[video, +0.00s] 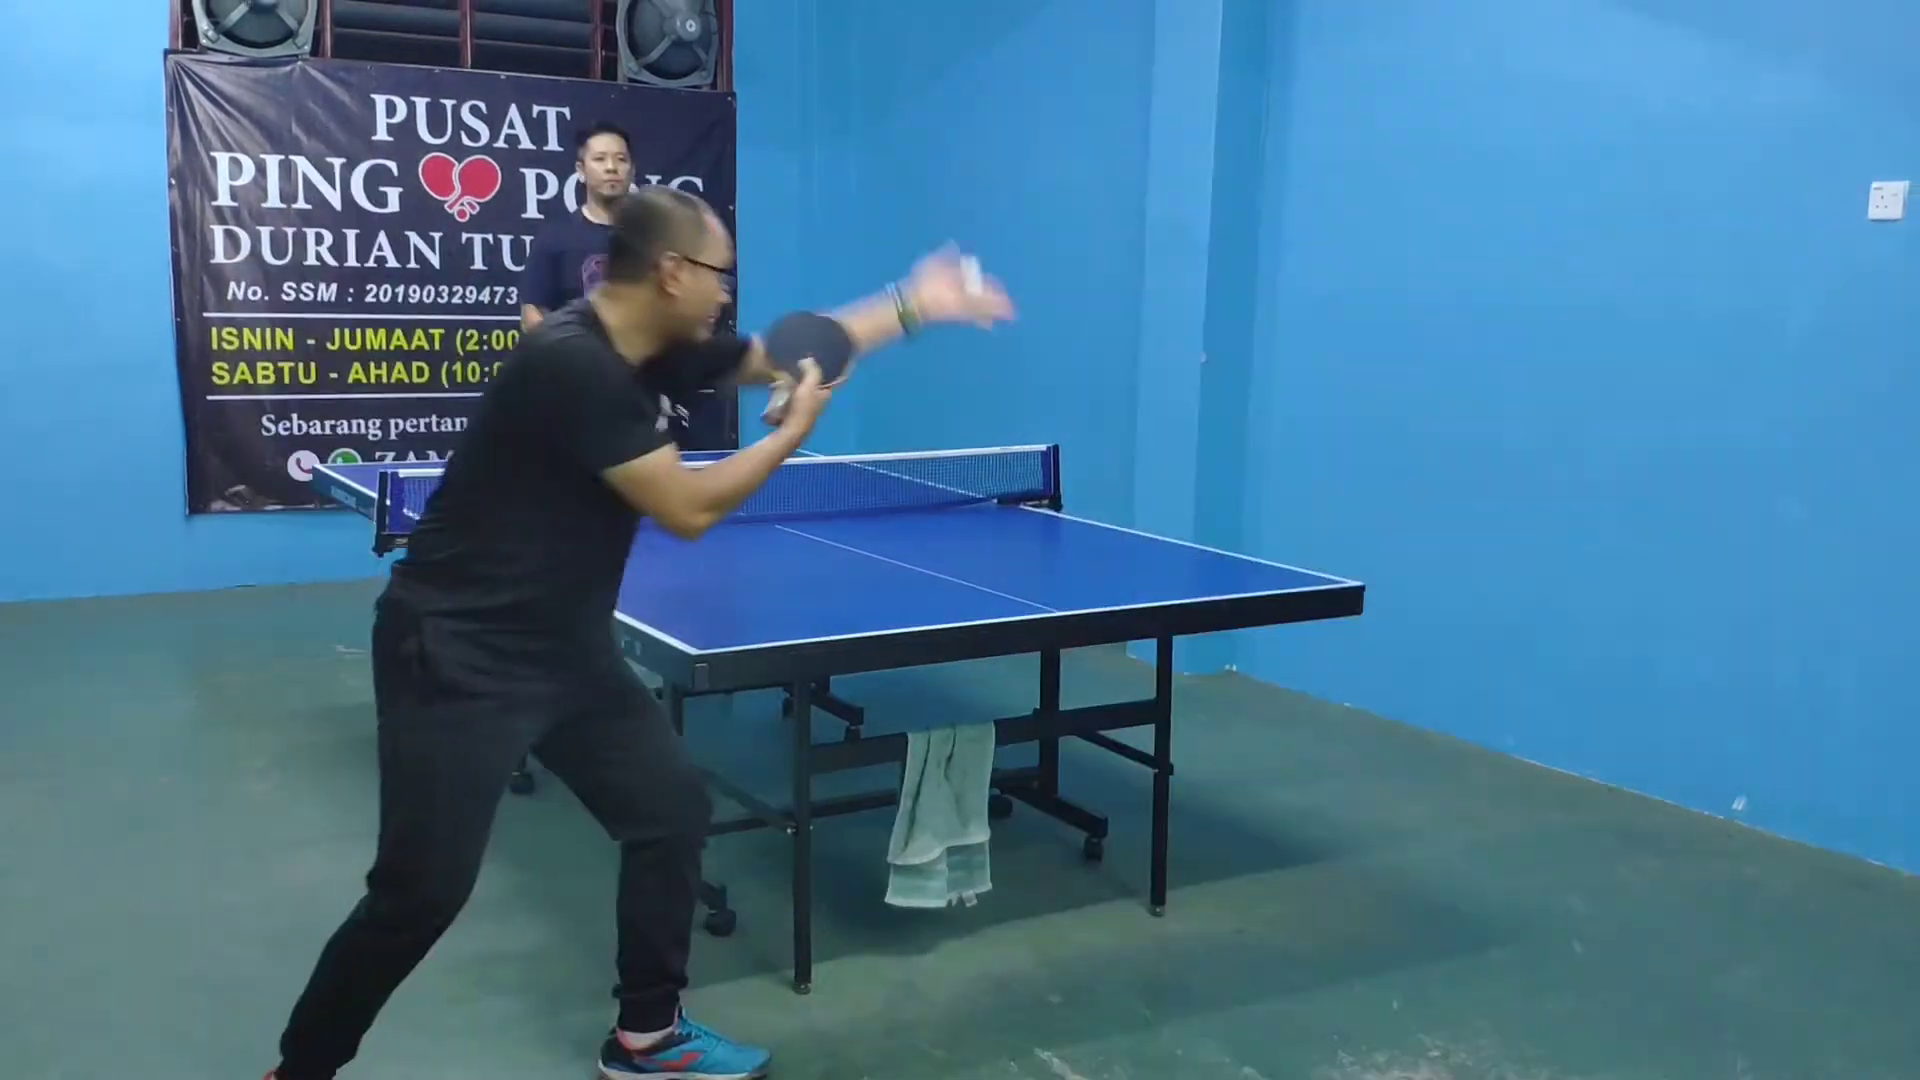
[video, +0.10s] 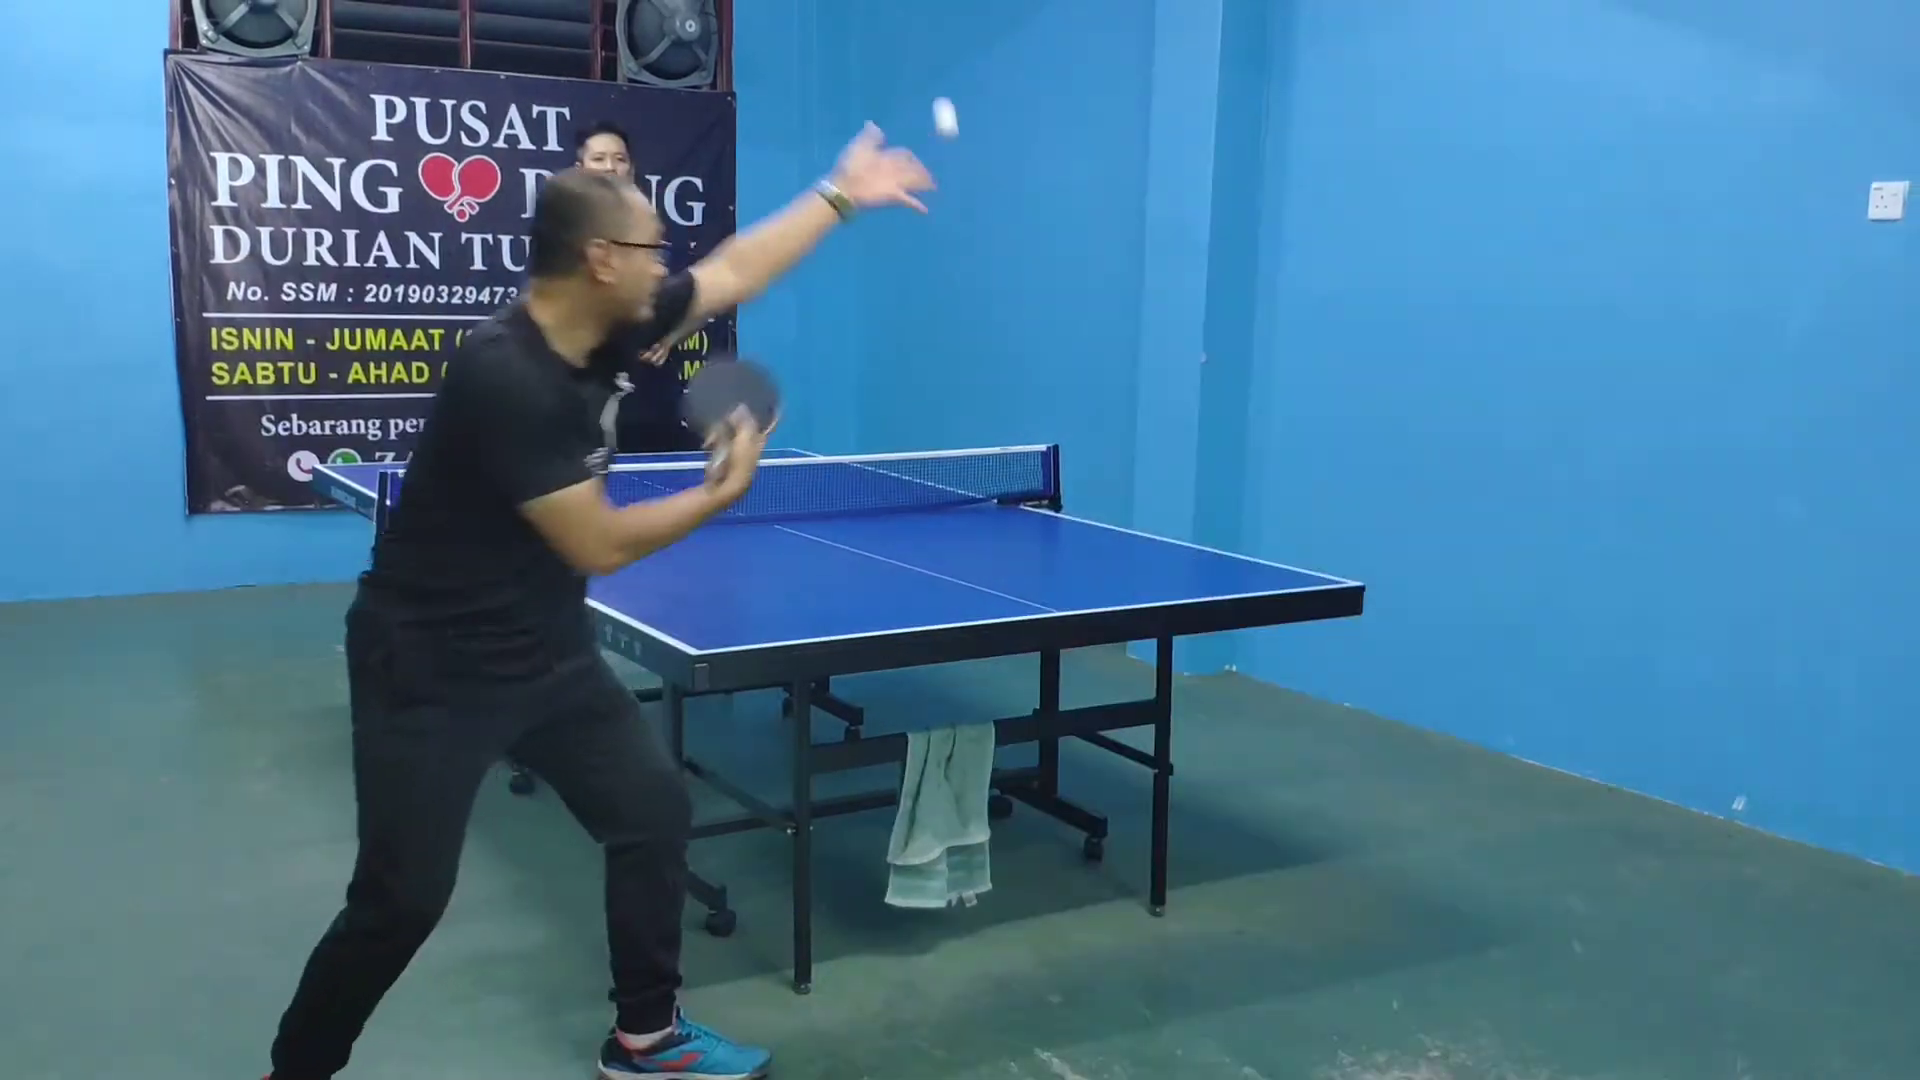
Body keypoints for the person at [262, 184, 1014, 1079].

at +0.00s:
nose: (727, 292)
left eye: (726, 273)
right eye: (720, 272)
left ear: (664, 271)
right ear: (669, 273)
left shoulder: (662, 350)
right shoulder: (568, 366)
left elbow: (780, 360)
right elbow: (686, 506)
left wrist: (910, 305)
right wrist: (791, 430)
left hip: (564, 648)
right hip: (452, 646)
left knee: (670, 810)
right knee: (423, 888)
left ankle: (646, 1034)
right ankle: (302, 1067)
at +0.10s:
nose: (661, 265)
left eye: (657, 248)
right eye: (650, 249)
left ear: (594, 257)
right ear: (598, 261)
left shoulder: (604, 330)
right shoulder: (504, 377)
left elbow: (730, 275)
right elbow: (596, 545)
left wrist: (837, 195)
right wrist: (716, 494)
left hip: (544, 646)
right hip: (427, 659)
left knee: (653, 813)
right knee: (403, 898)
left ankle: (647, 1034)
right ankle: (298, 1069)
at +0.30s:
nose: (562, 237)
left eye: (552, 220)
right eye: (543, 224)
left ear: (495, 257)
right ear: (494, 259)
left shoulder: (539, 326)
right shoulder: (393, 406)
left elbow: (652, 262)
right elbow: (356, 597)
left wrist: (750, 190)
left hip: (485, 646)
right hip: (368, 669)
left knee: (610, 792)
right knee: (374, 900)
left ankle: (596, 1015)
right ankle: (293, 1067)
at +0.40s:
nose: (553, 238)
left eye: (545, 221)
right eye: (534, 225)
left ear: (491, 254)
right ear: (481, 256)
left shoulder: (543, 324)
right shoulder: (374, 395)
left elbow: (644, 289)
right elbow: (278, 570)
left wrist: (739, 242)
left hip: (493, 657)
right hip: (377, 692)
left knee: (592, 803)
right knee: (374, 909)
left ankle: (544, 1019)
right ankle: (293, 1070)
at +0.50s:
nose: (576, 232)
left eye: (568, 216)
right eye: (559, 219)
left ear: (512, 245)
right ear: (506, 245)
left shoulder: (562, 327)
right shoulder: (386, 376)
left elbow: (648, 328)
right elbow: (243, 502)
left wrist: (714, 310)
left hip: (485, 650)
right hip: (369, 670)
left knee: (586, 785)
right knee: (382, 906)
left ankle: (538, 1003)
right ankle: (295, 1069)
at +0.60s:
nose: (625, 282)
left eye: (622, 263)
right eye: (610, 264)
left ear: (553, 278)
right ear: (550, 277)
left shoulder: (577, 369)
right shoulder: (416, 362)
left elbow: (635, 378)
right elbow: (260, 429)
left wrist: (669, 364)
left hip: (494, 660)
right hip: (379, 680)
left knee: (619, 775)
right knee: (398, 940)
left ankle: (464, 904)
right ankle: (298, 1070)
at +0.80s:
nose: (689, 427)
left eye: (700, 413)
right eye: (695, 405)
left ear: (645, 369)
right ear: (650, 369)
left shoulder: (578, 417)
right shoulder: (536, 369)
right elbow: (520, 418)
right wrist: (677, 506)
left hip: (502, 706)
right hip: (410, 718)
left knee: (635, 825)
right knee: (439, 989)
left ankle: (563, 1043)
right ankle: (294, 1072)